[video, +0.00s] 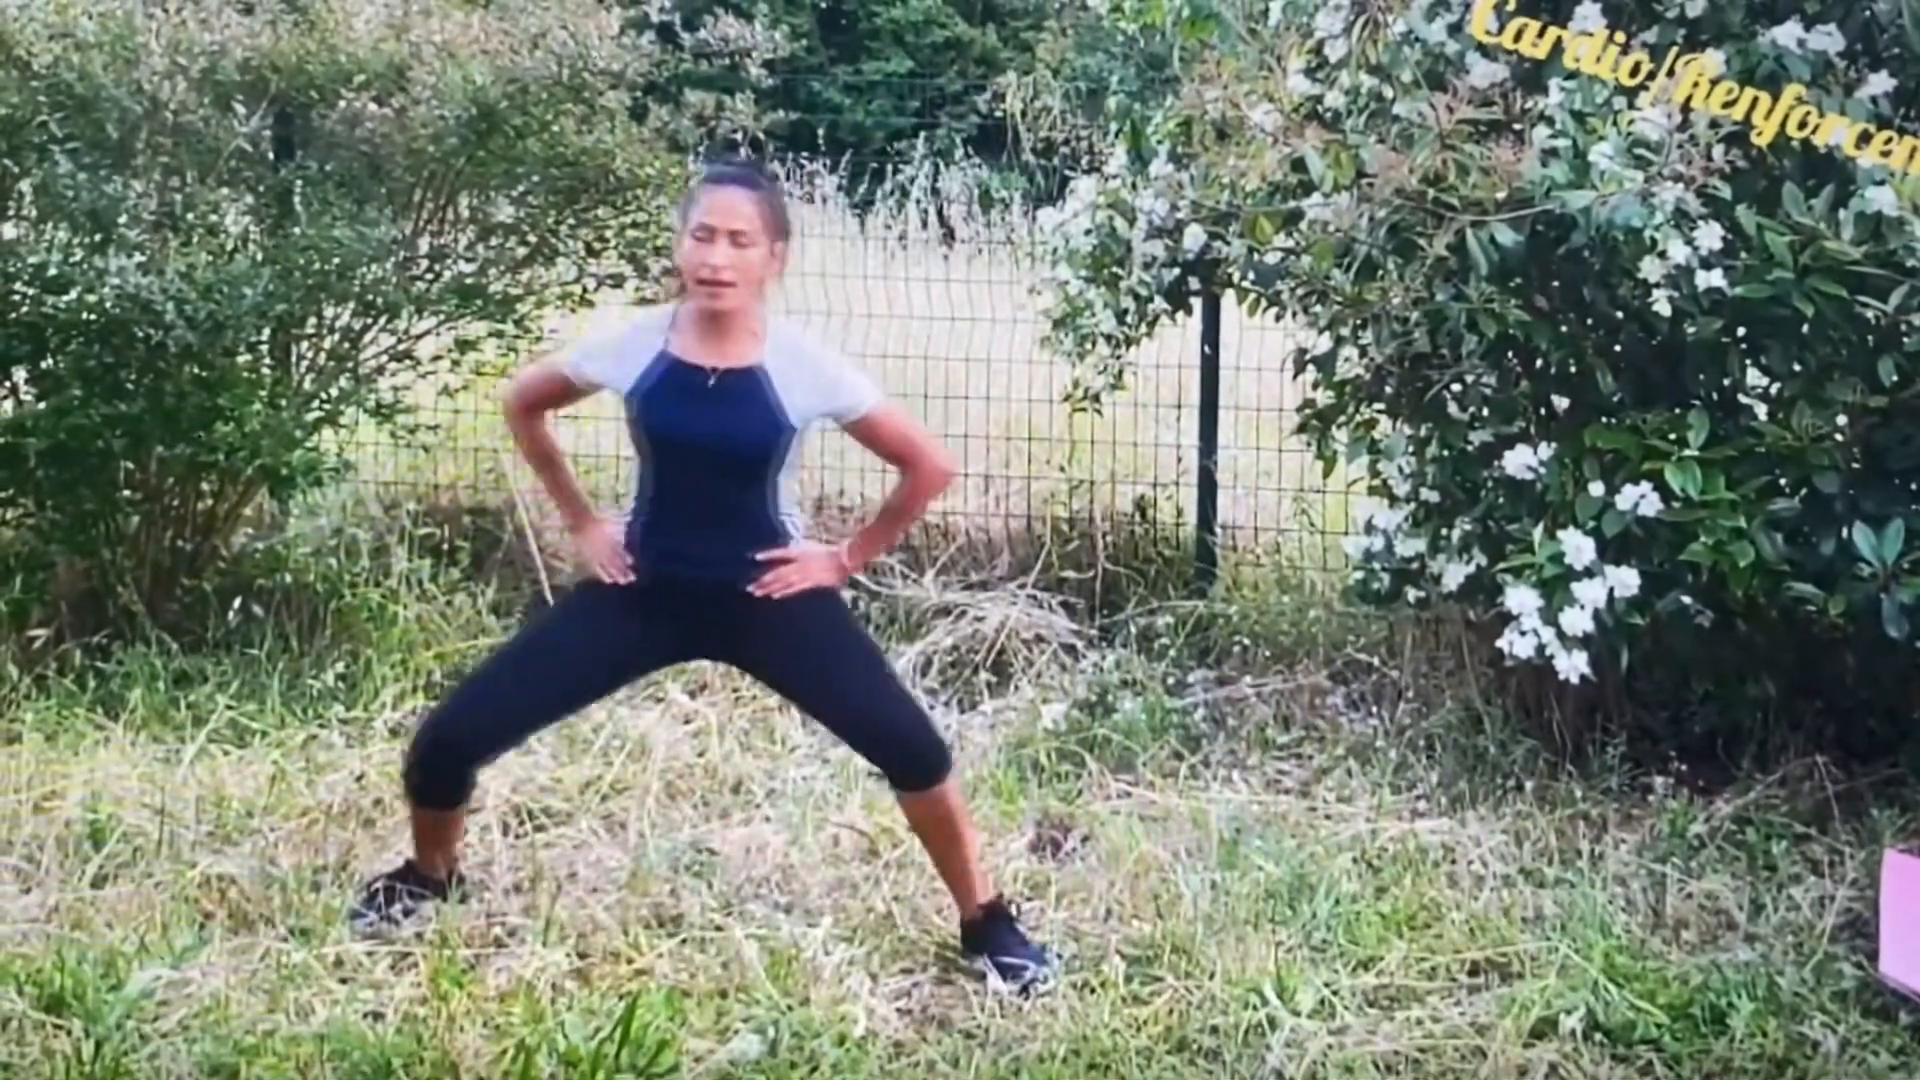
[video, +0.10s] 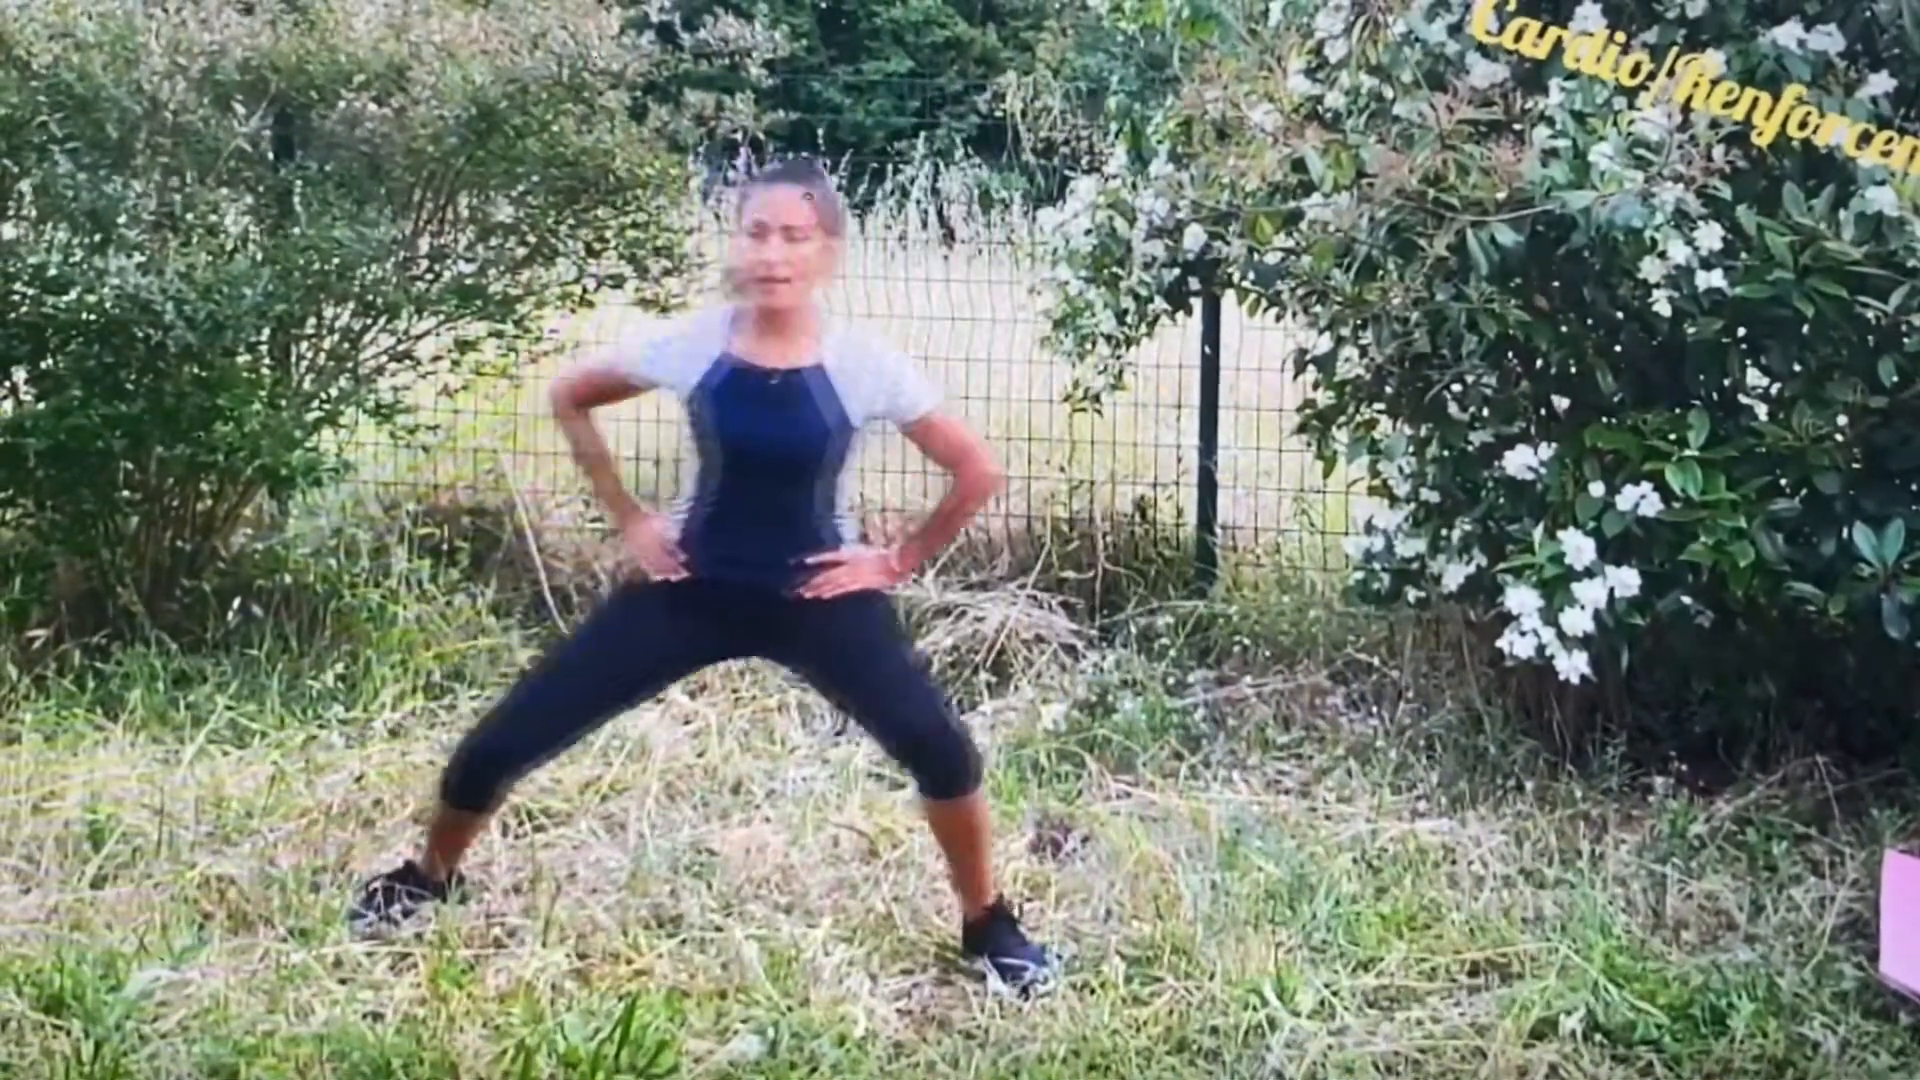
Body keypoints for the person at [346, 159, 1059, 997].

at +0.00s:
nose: (714, 254)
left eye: (737, 240)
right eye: (701, 235)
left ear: (774, 260)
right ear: (677, 248)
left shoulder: (803, 365)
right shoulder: (630, 344)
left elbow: (929, 466)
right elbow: (522, 404)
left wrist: (849, 559)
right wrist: (583, 522)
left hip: (771, 603)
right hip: (642, 598)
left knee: (913, 747)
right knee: (444, 741)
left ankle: (985, 921)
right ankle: (428, 879)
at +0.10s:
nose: (772, 252)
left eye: (793, 236)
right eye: (757, 234)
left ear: (829, 255)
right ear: (733, 248)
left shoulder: (862, 363)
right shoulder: (691, 345)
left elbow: (981, 474)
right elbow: (567, 396)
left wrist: (898, 562)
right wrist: (626, 517)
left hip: (818, 601)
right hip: (687, 593)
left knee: (946, 752)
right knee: (494, 749)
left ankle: (986, 923)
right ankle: (429, 878)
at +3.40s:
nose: (910, 169)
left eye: (932, 152)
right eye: (896, 149)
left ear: (966, 177)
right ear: (873, 167)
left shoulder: (1004, 273)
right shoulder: (839, 270)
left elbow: (1133, 372)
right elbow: (716, 351)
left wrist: (1060, 478)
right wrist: (796, 465)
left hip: (990, 521)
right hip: (871, 523)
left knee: (1057, 709)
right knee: (803, 735)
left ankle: (1020, 887)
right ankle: (870, 907)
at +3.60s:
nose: (955, 181)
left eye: (977, 165)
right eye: (939, 161)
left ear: (1014, 188)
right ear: (913, 181)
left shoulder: (1053, 280)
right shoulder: (889, 287)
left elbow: (1196, 357)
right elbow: (779, 385)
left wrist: (1130, 473)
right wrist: (862, 485)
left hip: (1068, 537)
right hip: (943, 546)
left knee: (1221, 700)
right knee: (829, 741)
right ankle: (867, 908)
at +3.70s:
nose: (999, 201)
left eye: (1021, 185)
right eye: (983, 184)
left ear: (1061, 211)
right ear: (958, 209)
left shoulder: (1105, 299)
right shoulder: (942, 312)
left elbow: (1251, 387)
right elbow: (833, 410)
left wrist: (1184, 500)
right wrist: (916, 508)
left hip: (1119, 565)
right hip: (994, 571)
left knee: (1286, 728)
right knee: (853, 742)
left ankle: (1419, 917)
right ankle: (864, 905)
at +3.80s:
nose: (1056, 239)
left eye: (1078, 220)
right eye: (1041, 220)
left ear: (1120, 241)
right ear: (1019, 239)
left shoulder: (1176, 334)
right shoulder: (1005, 352)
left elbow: (1310, 426)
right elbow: (894, 444)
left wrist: (1249, 542)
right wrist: (978, 542)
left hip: (1182, 600)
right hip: (1053, 601)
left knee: (1359, 756)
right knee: (891, 759)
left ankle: (1439, 934)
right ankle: (866, 910)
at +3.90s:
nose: (1103, 256)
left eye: (1123, 238)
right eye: (1089, 239)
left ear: (1166, 255)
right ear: (1069, 259)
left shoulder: (1218, 351)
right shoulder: (1048, 364)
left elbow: (1349, 448)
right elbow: (928, 450)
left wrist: (1279, 562)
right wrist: (1002, 549)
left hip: (1211, 615)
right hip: (1080, 614)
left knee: (1396, 761)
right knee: (917, 769)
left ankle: (1442, 935)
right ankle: (865, 910)